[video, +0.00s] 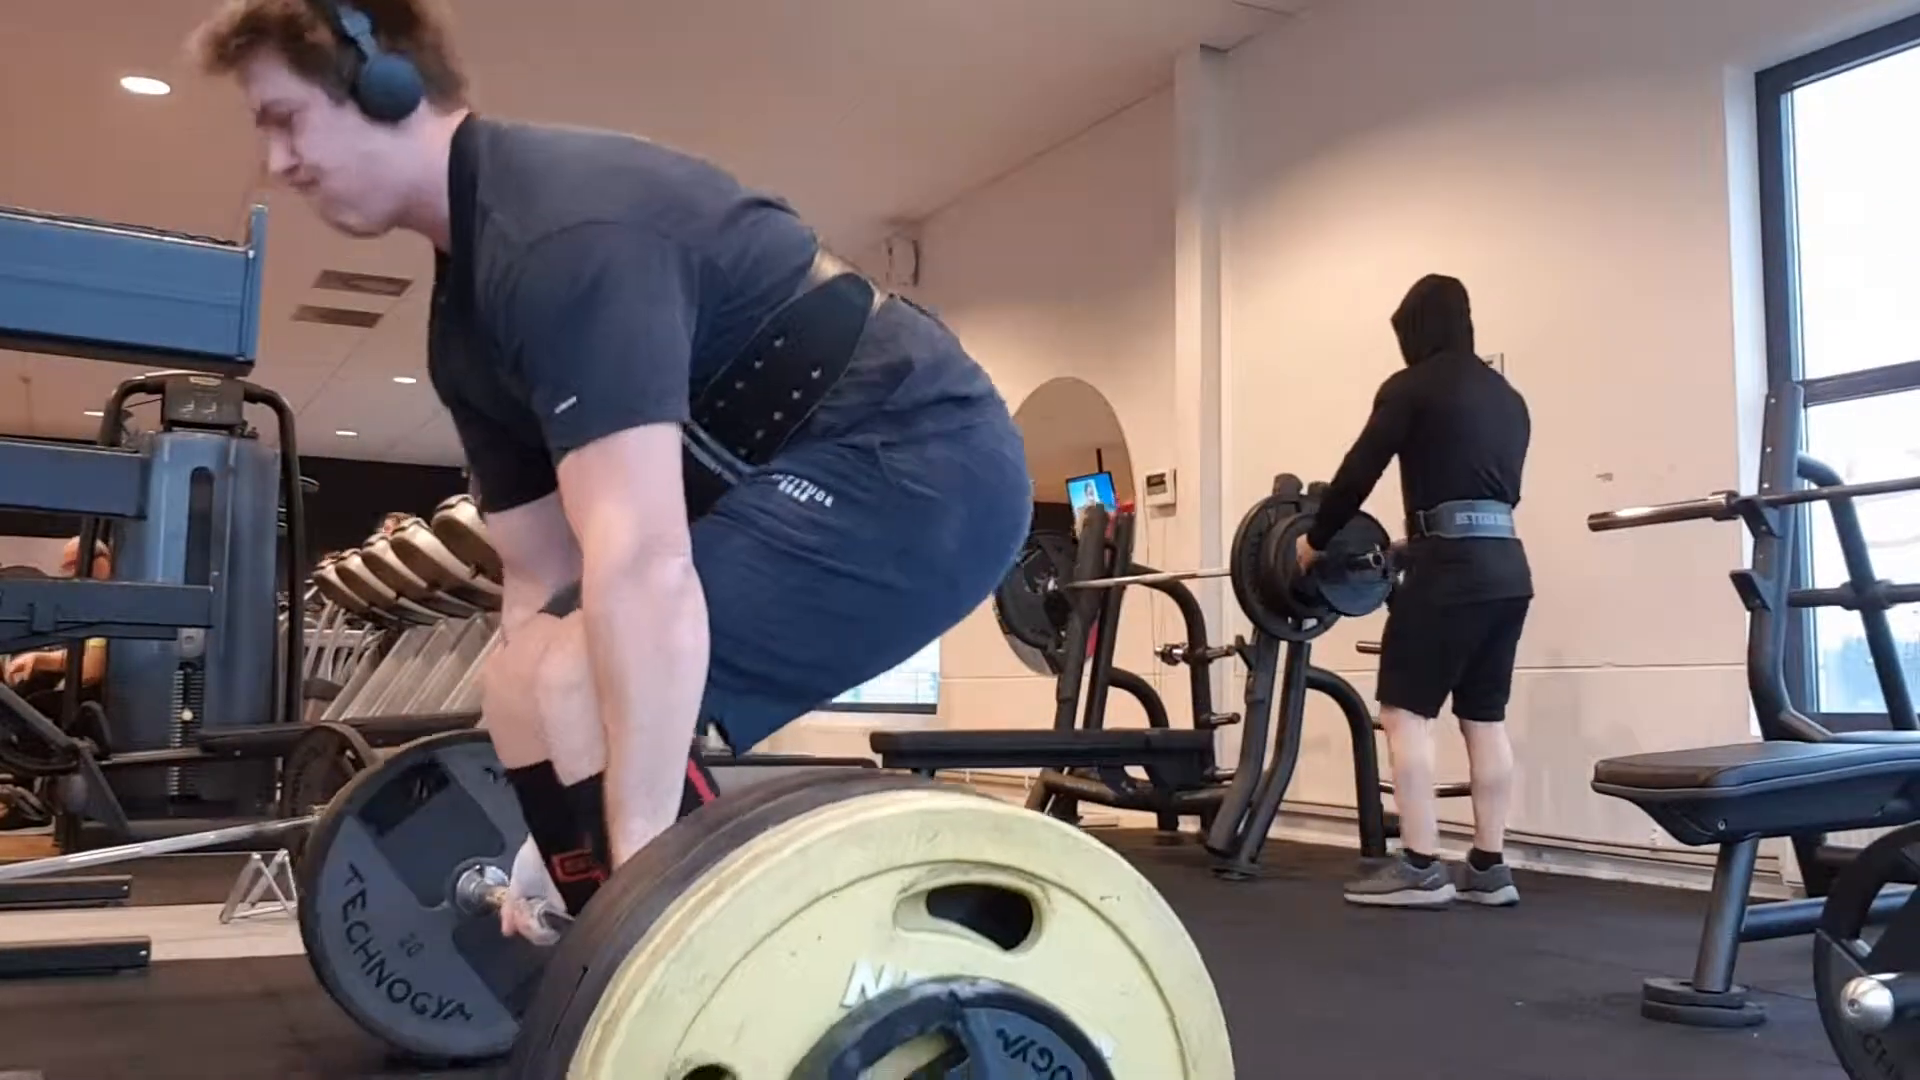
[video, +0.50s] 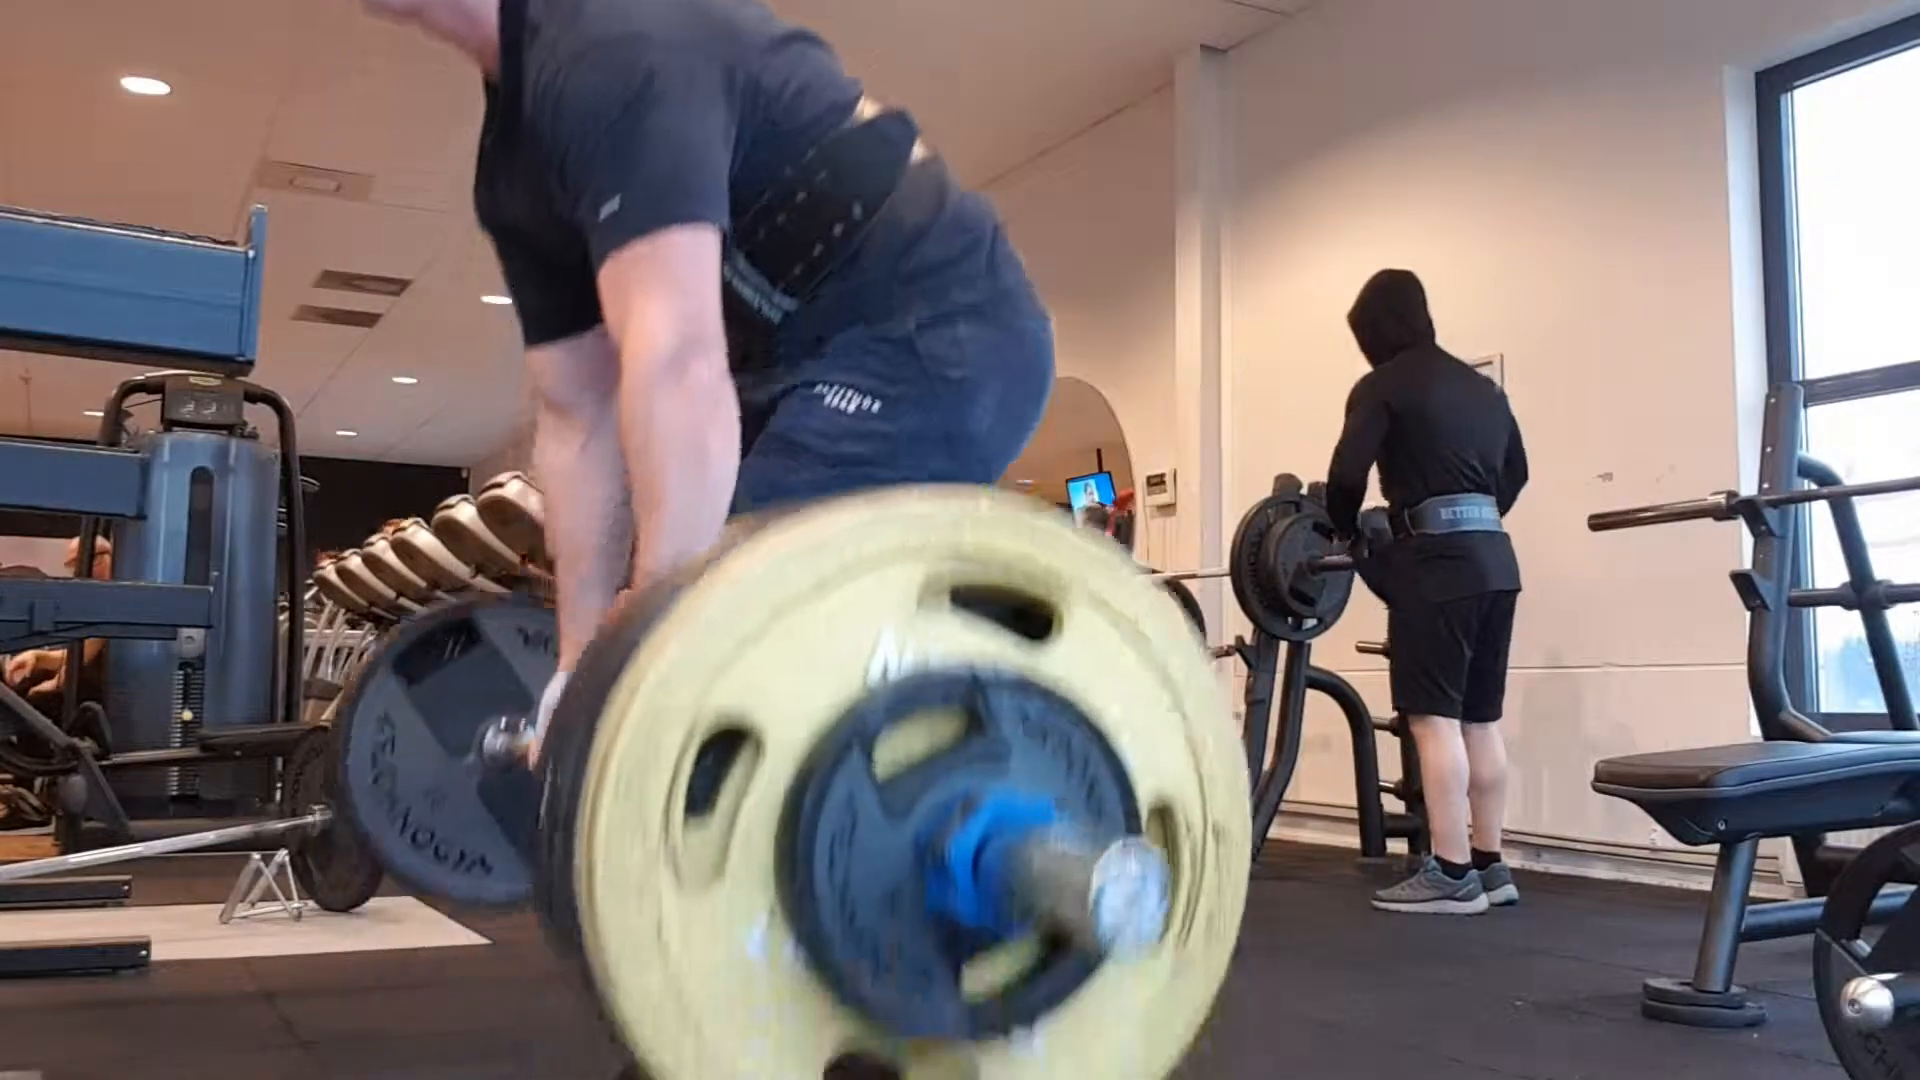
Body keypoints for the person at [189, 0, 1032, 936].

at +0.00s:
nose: (275, 164)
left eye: (285, 121)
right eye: (263, 133)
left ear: (384, 83)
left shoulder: (570, 232)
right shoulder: (463, 321)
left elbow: (646, 563)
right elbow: (538, 579)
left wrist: (645, 871)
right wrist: (546, 849)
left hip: (911, 451)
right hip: (797, 471)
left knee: (585, 679)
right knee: (513, 677)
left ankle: (688, 978)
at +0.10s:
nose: (277, 137)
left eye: (293, 94)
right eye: (269, 107)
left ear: (394, 63)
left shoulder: (579, 216)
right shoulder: (469, 310)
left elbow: (651, 544)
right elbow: (543, 563)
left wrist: (649, 857)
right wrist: (549, 828)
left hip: (916, 432)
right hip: (802, 452)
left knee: (602, 670)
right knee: (530, 667)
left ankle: (689, 970)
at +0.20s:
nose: (285, 97)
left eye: (300, 54)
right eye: (280, 64)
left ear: (399, 35)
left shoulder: (577, 190)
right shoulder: (477, 288)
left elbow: (654, 521)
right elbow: (550, 538)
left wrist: (647, 832)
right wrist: (558, 790)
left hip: (921, 414)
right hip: (805, 438)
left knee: (613, 663)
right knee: (548, 661)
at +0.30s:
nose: (300, 42)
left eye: (321, 8)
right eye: (300, 16)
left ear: (415, 11)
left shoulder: (594, 147)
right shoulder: (492, 251)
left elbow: (662, 476)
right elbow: (558, 505)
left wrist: (660, 776)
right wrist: (560, 755)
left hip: (927, 388)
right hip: (810, 416)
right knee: (586, 653)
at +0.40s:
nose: (339, 10)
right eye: (345, 5)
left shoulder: (609, 100)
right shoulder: (506, 205)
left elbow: (671, 425)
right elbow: (566, 463)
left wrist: (651, 720)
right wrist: (571, 721)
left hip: (931, 357)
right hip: (811, 392)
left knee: (711, 670)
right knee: (623, 640)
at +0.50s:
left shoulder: (617, 57)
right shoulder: (512, 160)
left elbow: (681, 365)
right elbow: (574, 413)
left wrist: (661, 651)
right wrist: (582, 668)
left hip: (926, 336)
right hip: (809, 366)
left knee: (737, 646)